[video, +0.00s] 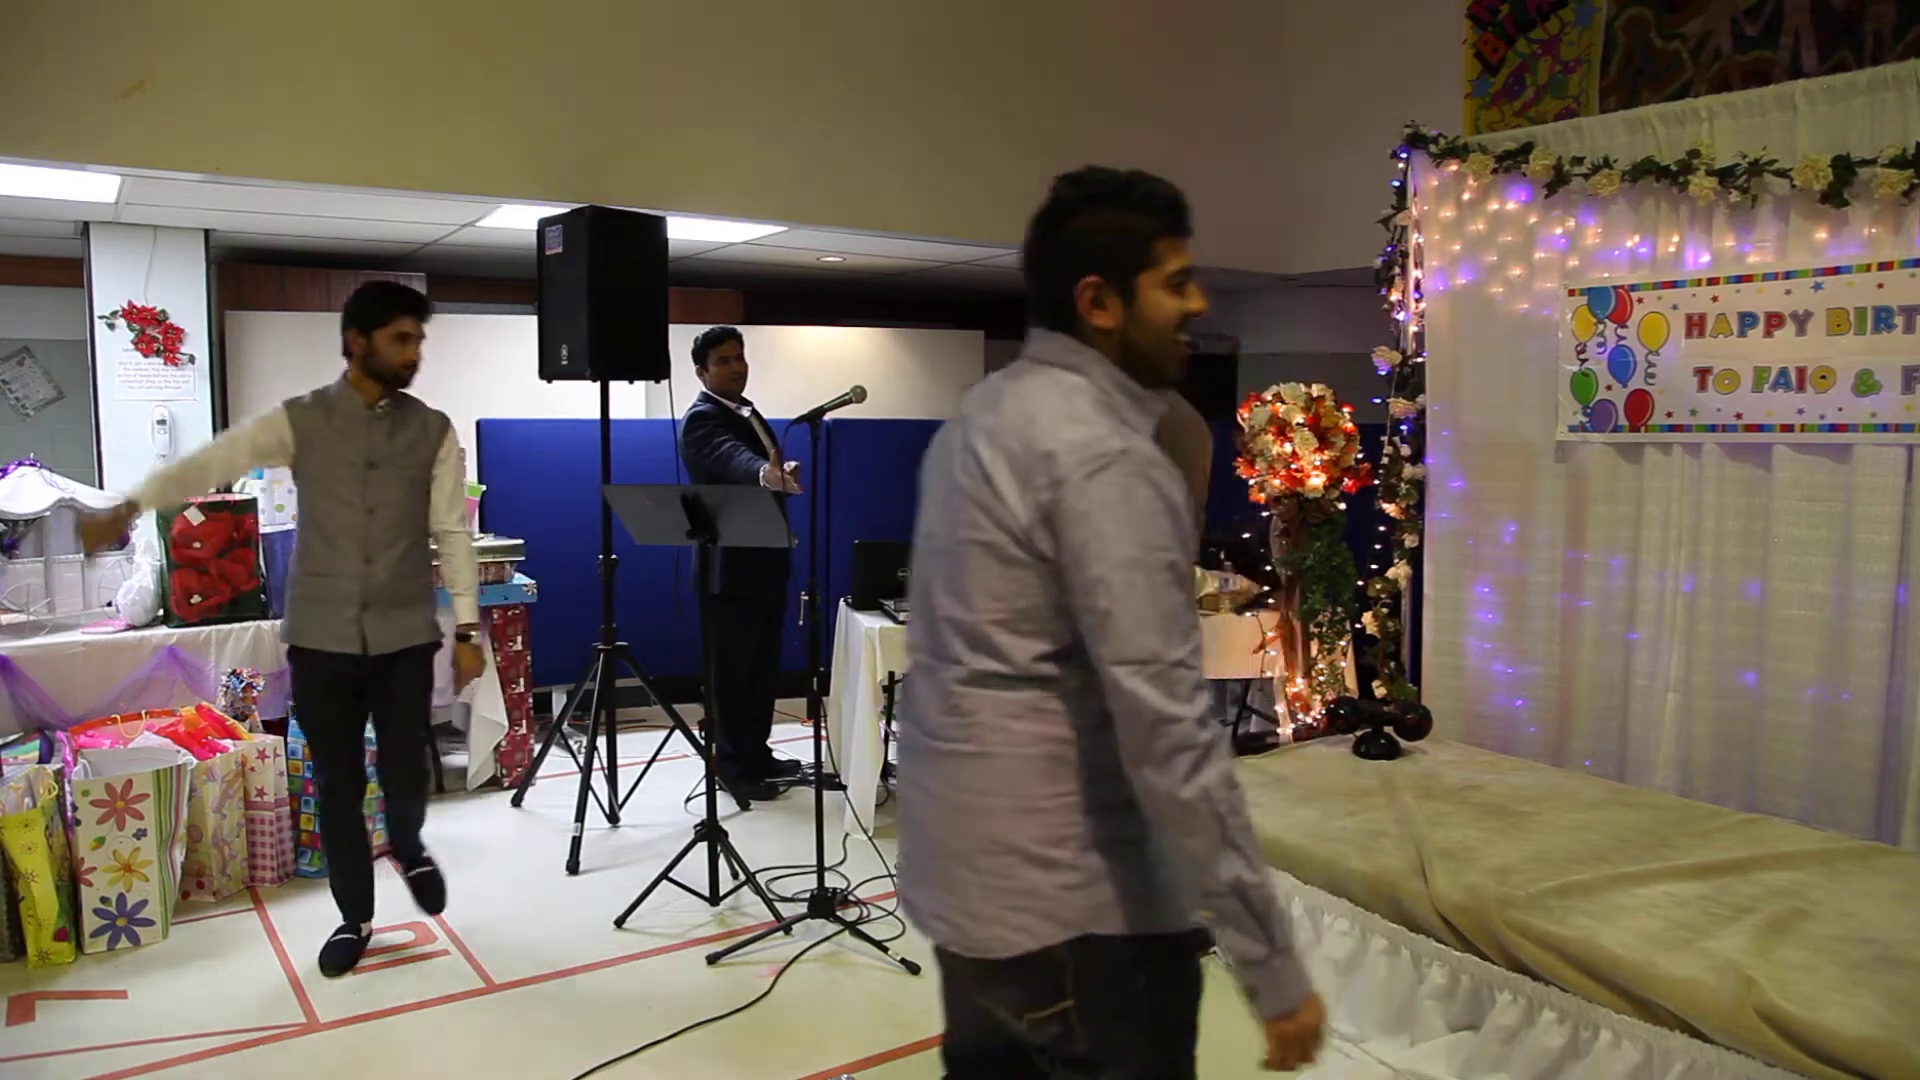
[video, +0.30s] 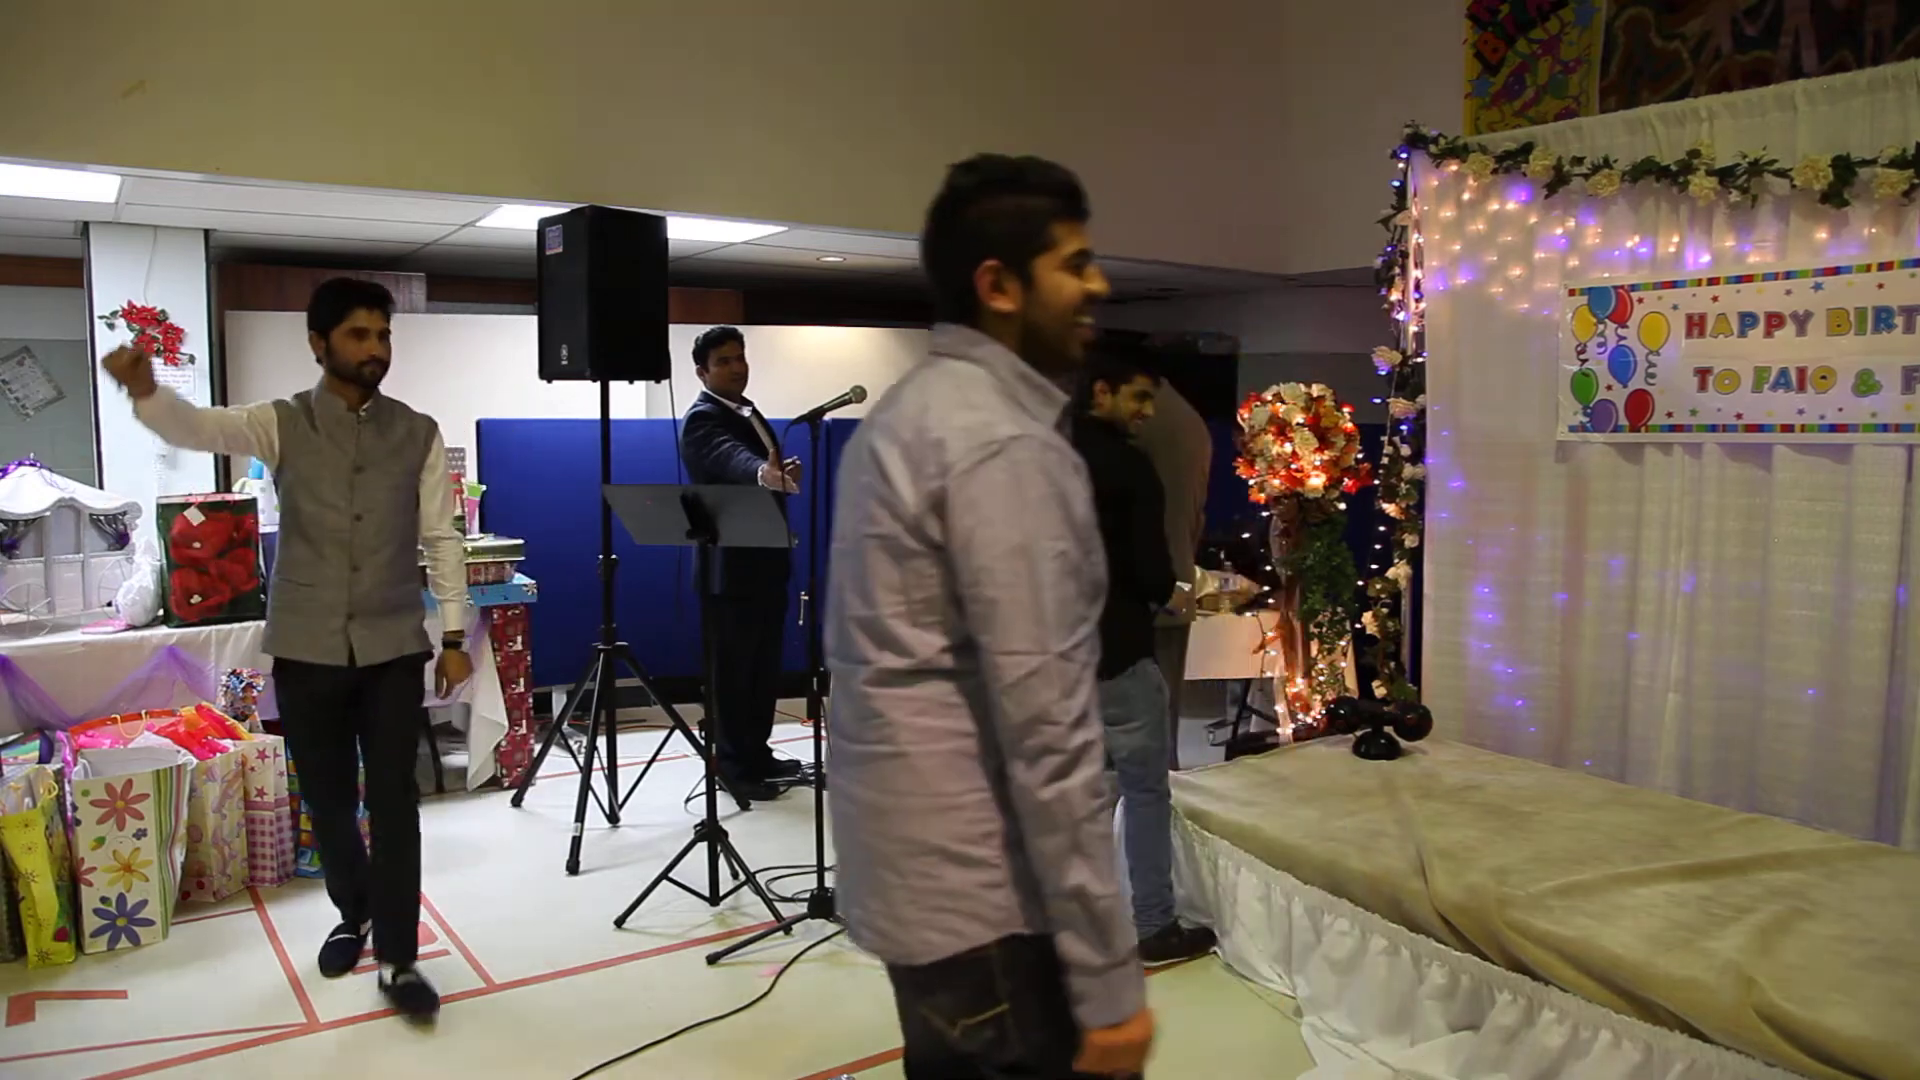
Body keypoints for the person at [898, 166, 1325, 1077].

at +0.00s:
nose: (1200, 306)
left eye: (1192, 281)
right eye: (1177, 282)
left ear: (1090, 304)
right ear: (1098, 303)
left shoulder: (979, 420)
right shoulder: (1104, 452)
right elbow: (1172, 733)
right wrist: (1273, 970)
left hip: (979, 896)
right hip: (1079, 909)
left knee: (996, 1062)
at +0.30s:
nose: (1100, 286)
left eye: (1093, 262)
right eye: (1075, 263)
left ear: (998, 288)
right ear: (997, 286)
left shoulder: (908, 411)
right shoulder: (1001, 440)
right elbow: (1051, 737)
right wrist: (1111, 990)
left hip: (919, 888)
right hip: (986, 900)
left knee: (954, 1061)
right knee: (1022, 1062)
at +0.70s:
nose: (1043, 270)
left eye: (1034, 245)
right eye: (1018, 245)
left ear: (939, 273)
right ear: (939, 269)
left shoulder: (860, 406)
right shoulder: (944, 434)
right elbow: (1003, 751)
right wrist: (1092, 1012)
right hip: (936, 945)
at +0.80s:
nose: (1040, 265)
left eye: (1029, 239)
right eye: (1012, 240)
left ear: (932, 267)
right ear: (930, 265)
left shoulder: (853, 402)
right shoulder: (937, 431)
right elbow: (998, 751)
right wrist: (1103, 1014)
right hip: (926, 934)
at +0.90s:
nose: (1039, 263)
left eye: (1030, 237)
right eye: (1006, 237)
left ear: (921, 269)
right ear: (914, 266)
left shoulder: (850, 406)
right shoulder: (920, 434)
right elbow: (997, 767)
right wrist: (1127, 1036)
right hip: (919, 956)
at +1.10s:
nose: (1038, 256)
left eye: (1030, 230)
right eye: (1001, 230)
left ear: (901, 267)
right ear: (899, 263)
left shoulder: (838, 399)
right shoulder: (915, 433)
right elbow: (1017, 775)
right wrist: (1158, 1051)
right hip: (900, 959)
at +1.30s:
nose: (1041, 257)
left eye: (1032, 229)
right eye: (1003, 231)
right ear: (899, 264)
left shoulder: (850, 396)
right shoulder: (911, 436)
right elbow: (1042, 747)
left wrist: (1001, 934)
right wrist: (1241, 1036)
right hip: (896, 944)